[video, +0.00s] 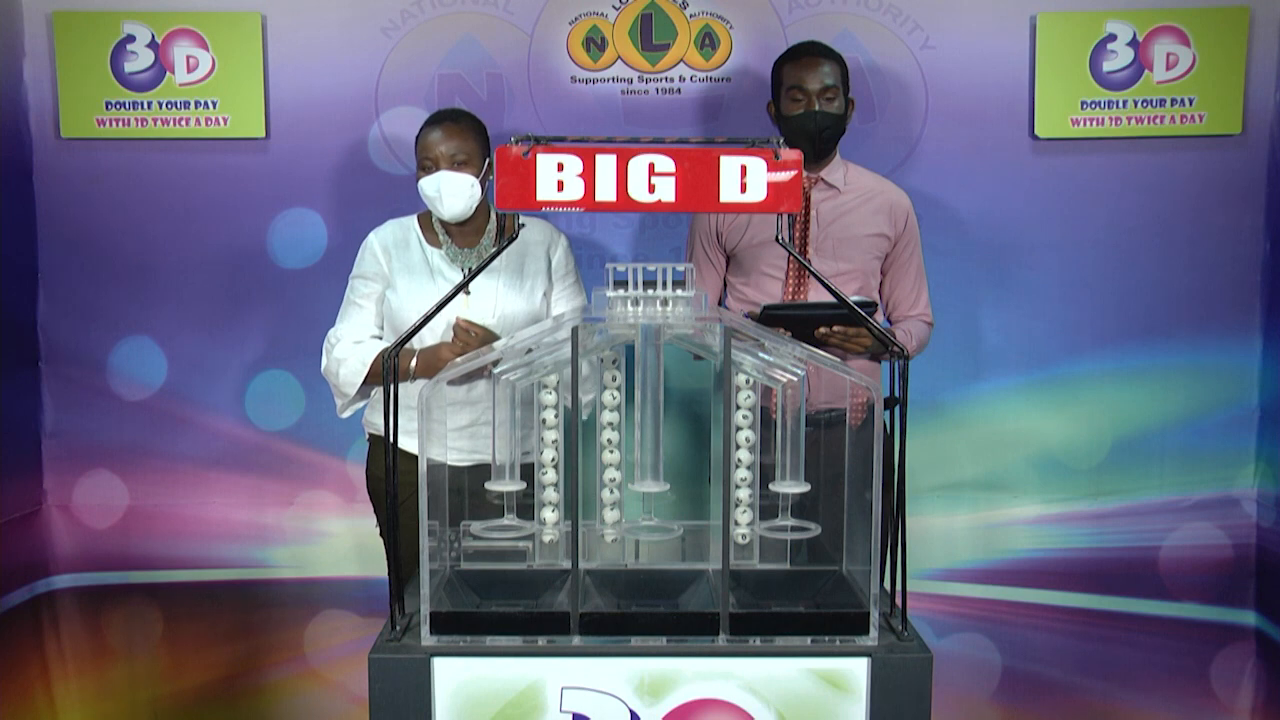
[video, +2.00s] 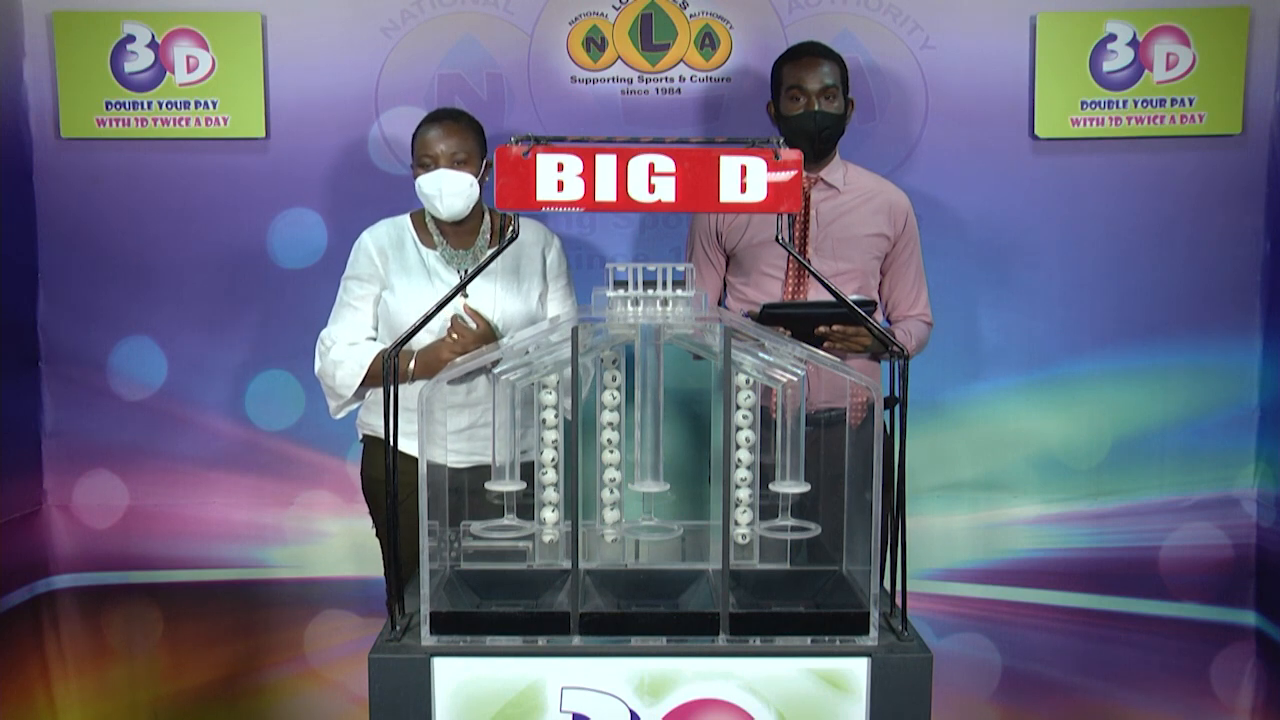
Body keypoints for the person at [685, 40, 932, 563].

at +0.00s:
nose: (813, 108)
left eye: (829, 94)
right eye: (796, 95)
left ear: (848, 108)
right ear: (774, 109)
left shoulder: (888, 205)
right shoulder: (726, 201)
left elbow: (915, 321)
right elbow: (696, 319)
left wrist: (876, 342)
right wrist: (761, 340)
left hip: (844, 419)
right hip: (751, 419)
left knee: (845, 584)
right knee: (753, 581)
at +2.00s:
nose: (812, 107)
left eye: (828, 94)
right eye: (795, 95)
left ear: (848, 108)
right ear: (774, 109)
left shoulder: (887, 205)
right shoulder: (726, 200)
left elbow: (914, 320)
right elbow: (696, 318)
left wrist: (876, 341)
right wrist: (759, 338)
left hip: (843, 416)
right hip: (751, 416)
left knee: (844, 579)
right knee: (753, 578)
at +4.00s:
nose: (814, 107)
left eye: (829, 94)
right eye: (796, 95)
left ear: (848, 108)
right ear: (774, 109)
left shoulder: (888, 205)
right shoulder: (727, 200)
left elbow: (914, 321)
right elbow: (695, 317)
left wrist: (876, 341)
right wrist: (758, 335)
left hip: (844, 416)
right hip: (752, 416)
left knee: (844, 580)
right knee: (753, 579)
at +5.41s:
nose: (813, 107)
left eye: (828, 94)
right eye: (796, 95)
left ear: (847, 108)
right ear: (775, 109)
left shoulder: (888, 204)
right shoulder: (727, 201)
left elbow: (914, 320)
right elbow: (696, 317)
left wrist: (877, 339)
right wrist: (754, 330)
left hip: (843, 416)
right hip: (751, 416)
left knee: (844, 578)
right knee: (752, 577)